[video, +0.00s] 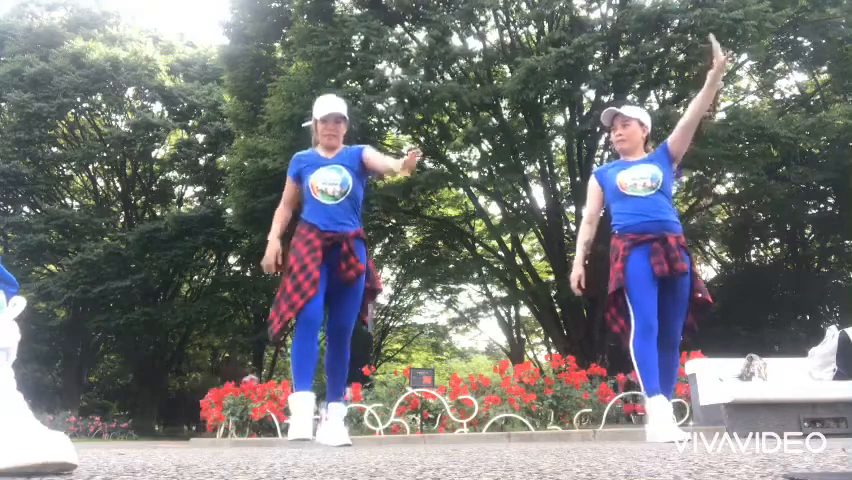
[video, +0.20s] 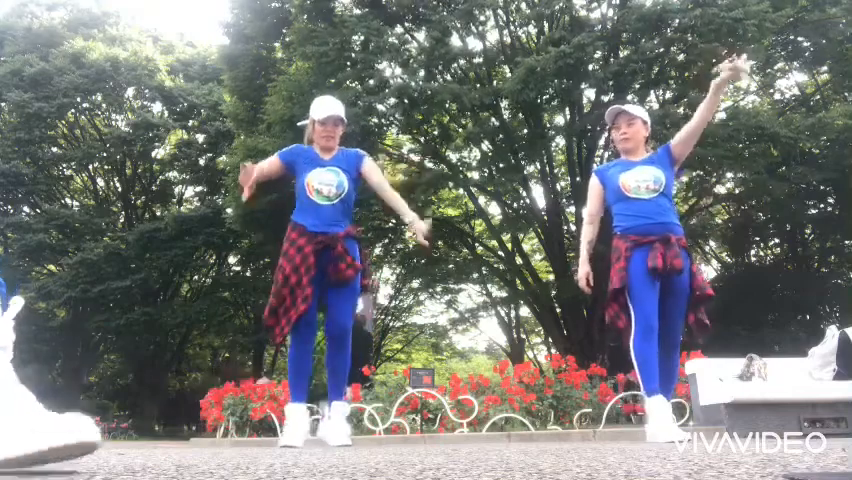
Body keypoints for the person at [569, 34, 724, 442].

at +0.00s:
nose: (618, 129)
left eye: (626, 123)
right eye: (614, 126)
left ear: (645, 129)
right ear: (611, 136)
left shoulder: (662, 158)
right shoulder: (603, 174)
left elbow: (692, 119)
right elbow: (589, 219)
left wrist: (714, 77)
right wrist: (579, 260)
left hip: (674, 246)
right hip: (635, 249)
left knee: (671, 334)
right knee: (646, 326)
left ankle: (664, 410)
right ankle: (655, 407)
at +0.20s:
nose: (620, 131)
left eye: (628, 124)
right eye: (615, 127)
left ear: (646, 131)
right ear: (611, 136)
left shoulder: (665, 157)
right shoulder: (605, 172)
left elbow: (696, 124)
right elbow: (591, 217)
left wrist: (717, 86)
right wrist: (584, 258)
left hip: (673, 243)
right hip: (634, 246)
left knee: (673, 331)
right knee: (647, 323)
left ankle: (664, 408)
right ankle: (653, 405)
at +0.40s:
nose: (630, 130)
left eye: (637, 124)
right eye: (623, 126)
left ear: (650, 131)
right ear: (616, 135)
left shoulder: (672, 168)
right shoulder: (605, 173)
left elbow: (689, 213)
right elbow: (595, 221)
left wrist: (703, 203)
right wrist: (590, 260)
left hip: (675, 250)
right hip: (636, 252)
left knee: (676, 337)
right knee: (646, 317)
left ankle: (662, 414)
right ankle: (650, 403)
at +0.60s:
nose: (633, 128)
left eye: (640, 122)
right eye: (627, 124)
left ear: (653, 128)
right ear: (618, 133)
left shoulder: (673, 167)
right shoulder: (606, 171)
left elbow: (688, 212)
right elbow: (594, 216)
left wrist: (691, 239)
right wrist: (590, 255)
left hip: (672, 251)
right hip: (631, 252)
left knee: (672, 334)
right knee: (642, 322)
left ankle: (665, 412)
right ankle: (651, 409)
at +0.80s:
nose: (634, 131)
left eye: (641, 125)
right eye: (627, 127)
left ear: (652, 131)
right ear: (618, 133)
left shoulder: (670, 170)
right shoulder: (605, 171)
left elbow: (686, 213)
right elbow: (592, 216)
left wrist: (691, 235)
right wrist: (589, 251)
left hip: (670, 253)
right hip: (630, 254)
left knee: (668, 333)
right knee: (639, 328)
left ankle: (664, 411)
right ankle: (649, 409)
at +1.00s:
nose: (636, 134)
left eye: (642, 128)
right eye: (629, 128)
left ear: (652, 133)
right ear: (619, 134)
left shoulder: (669, 171)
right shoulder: (605, 172)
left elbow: (682, 216)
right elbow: (591, 218)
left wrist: (687, 241)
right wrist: (590, 256)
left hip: (668, 254)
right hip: (628, 255)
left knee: (666, 331)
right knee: (636, 321)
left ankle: (664, 408)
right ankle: (638, 400)